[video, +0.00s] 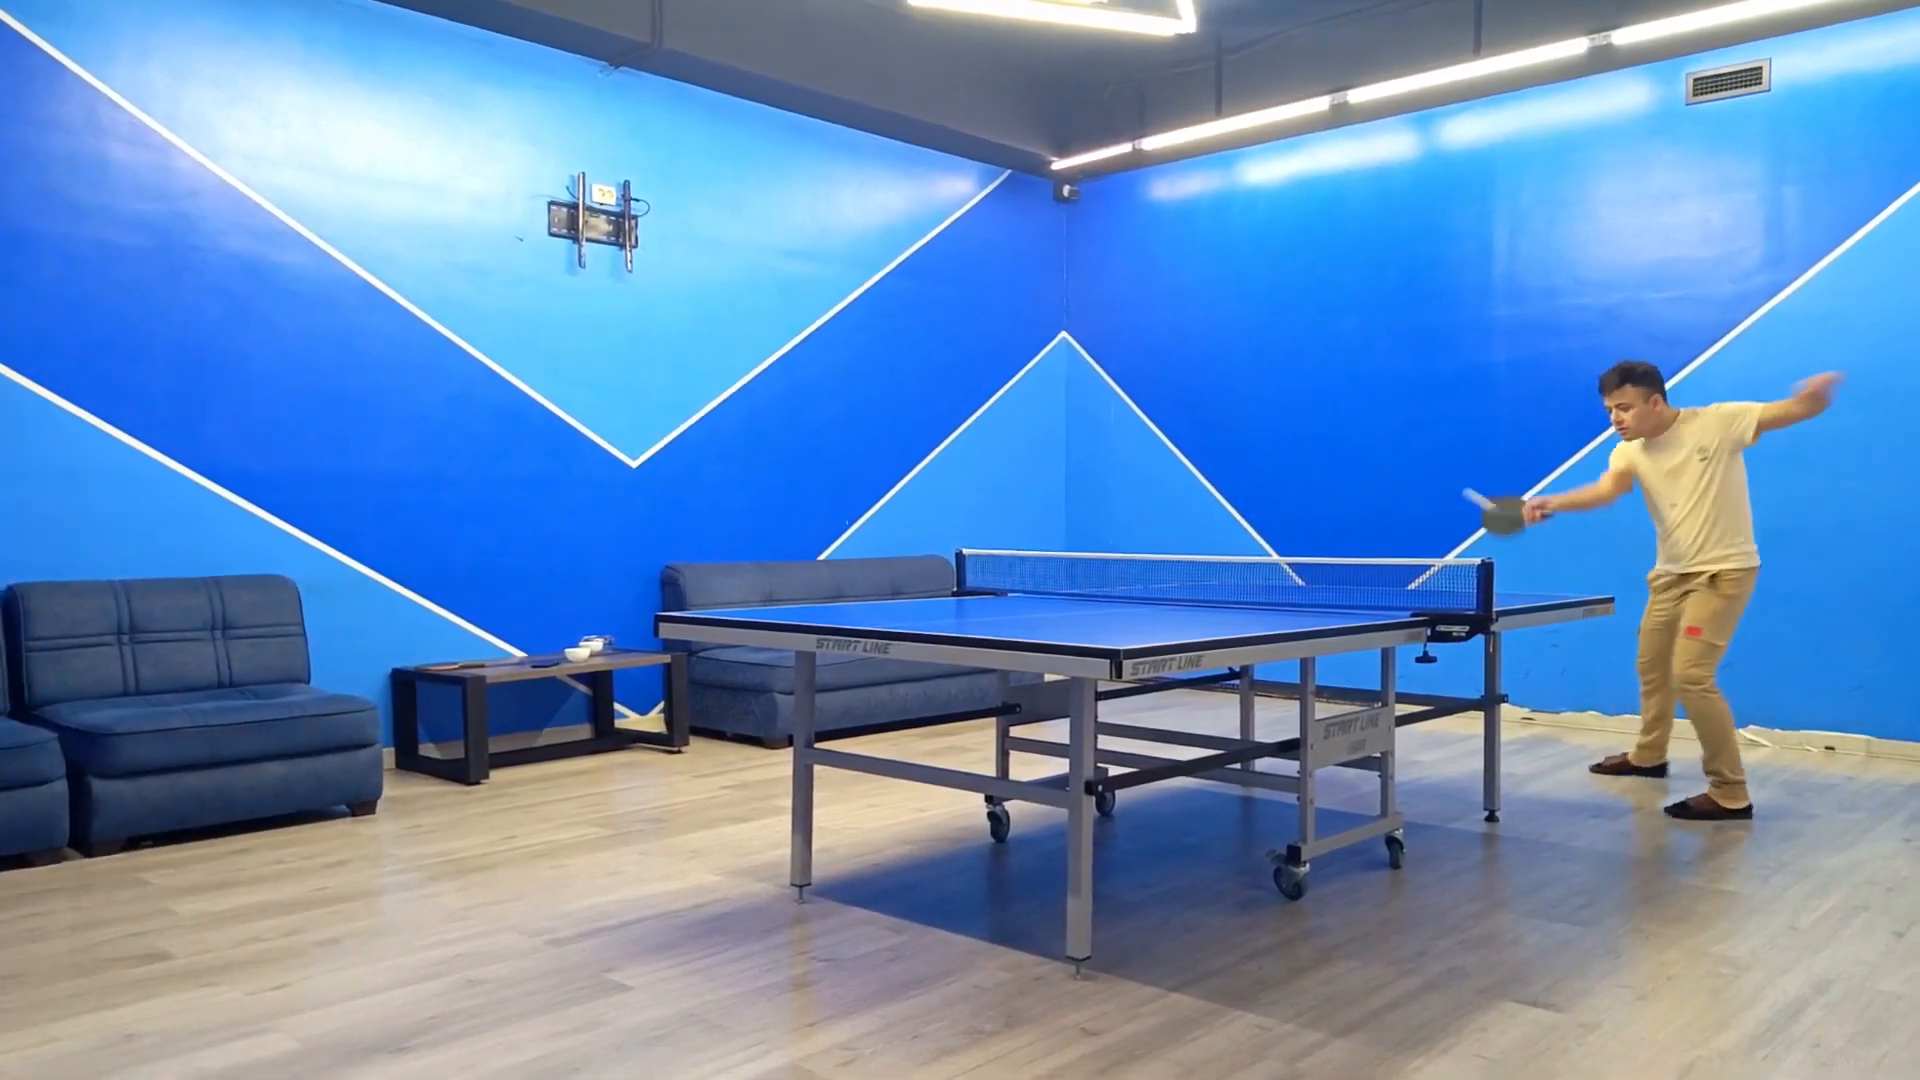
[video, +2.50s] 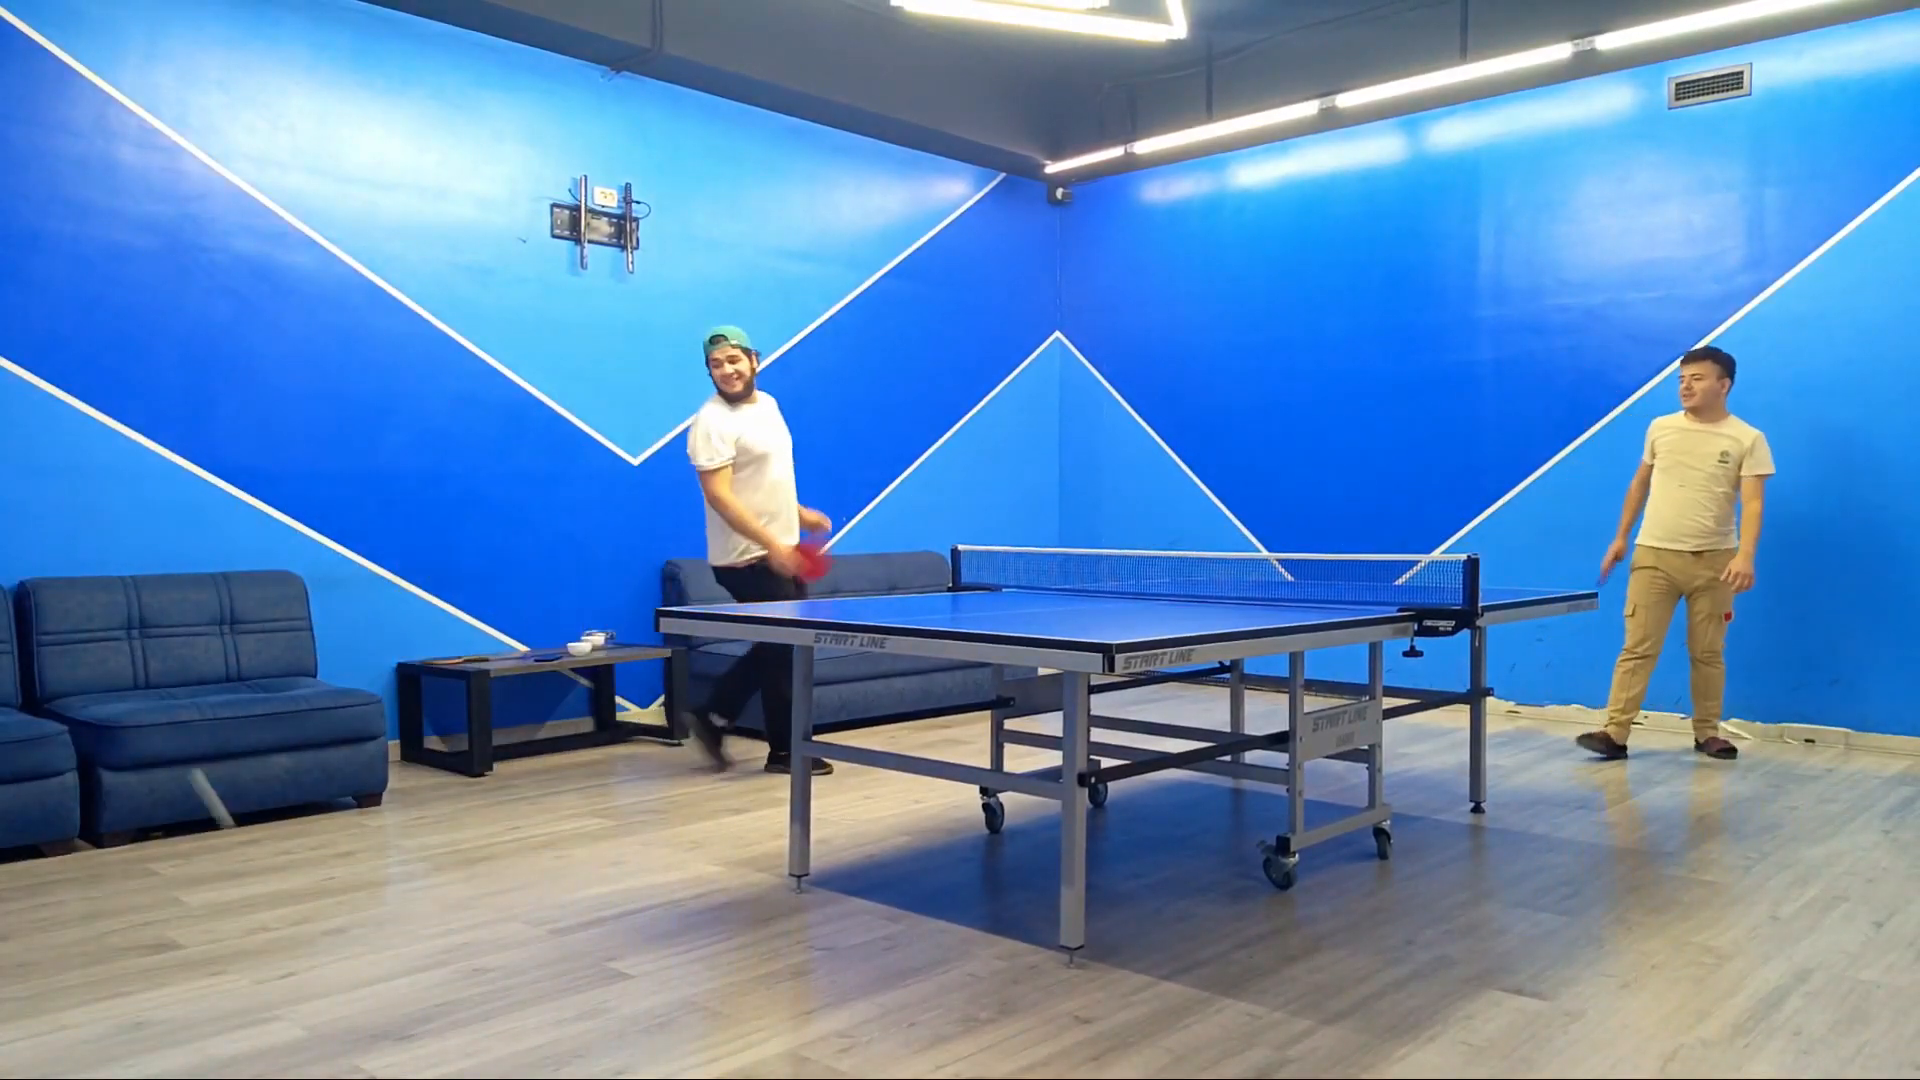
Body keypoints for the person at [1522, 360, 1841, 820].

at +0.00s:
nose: (1616, 419)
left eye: (1624, 409)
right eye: (1611, 411)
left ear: (1656, 402)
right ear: (1611, 411)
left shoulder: (1714, 422)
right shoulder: (1629, 451)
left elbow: (1787, 411)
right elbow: (1605, 490)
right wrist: (1551, 503)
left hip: (1725, 569)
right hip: (1672, 574)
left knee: (1692, 675)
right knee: (1653, 666)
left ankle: (1730, 794)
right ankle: (1649, 757)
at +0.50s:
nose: (1600, 432)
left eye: (1610, 422)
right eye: (1595, 424)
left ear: (1643, 421)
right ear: (1594, 426)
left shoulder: (1694, 459)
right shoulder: (1605, 470)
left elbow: (1766, 505)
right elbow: (1576, 530)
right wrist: (1542, 538)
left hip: (1692, 590)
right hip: (1637, 592)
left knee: (1668, 676)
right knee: (1587, 671)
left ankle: (1721, 792)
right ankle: (1616, 754)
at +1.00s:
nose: (1544, 445)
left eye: (1553, 435)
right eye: (1539, 438)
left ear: (1582, 436)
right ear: (1539, 443)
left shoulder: (1606, 467)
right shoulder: (1580, 487)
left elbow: (1675, 501)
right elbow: (1603, 553)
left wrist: (1660, 557)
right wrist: (1555, 587)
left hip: (1652, 593)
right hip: (1615, 598)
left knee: (1647, 684)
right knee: (1558, 654)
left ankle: (1736, 775)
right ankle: (1584, 743)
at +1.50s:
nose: (1638, 375)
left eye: (1649, 367)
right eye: (1634, 368)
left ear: (1678, 371)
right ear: (1637, 374)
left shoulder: (1706, 410)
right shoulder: (1647, 414)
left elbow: (1778, 415)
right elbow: (1636, 413)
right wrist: (1601, 395)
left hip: (1692, 556)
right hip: (1636, 551)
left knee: (1723, 655)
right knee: (1604, 638)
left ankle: (1782, 754)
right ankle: (1608, 734)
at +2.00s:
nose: (1674, 387)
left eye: (1687, 382)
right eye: (1672, 380)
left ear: (1711, 394)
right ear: (1666, 387)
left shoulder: (1731, 449)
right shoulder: (1640, 435)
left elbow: (1754, 511)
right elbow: (1591, 466)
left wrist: (1755, 559)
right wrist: (1558, 480)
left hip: (1704, 577)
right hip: (1640, 572)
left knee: (1743, 664)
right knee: (1601, 649)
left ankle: (1784, 759)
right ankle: (1609, 741)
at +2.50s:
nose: (1686, 386)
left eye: (1697, 379)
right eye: (1683, 379)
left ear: (1724, 385)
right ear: (1679, 384)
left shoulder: (1747, 440)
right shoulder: (1661, 429)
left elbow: (1753, 504)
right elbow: (1640, 484)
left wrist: (1746, 556)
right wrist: (1621, 536)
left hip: (1713, 563)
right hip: (1655, 557)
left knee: (1707, 652)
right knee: (1637, 646)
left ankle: (1708, 732)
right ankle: (1615, 732)